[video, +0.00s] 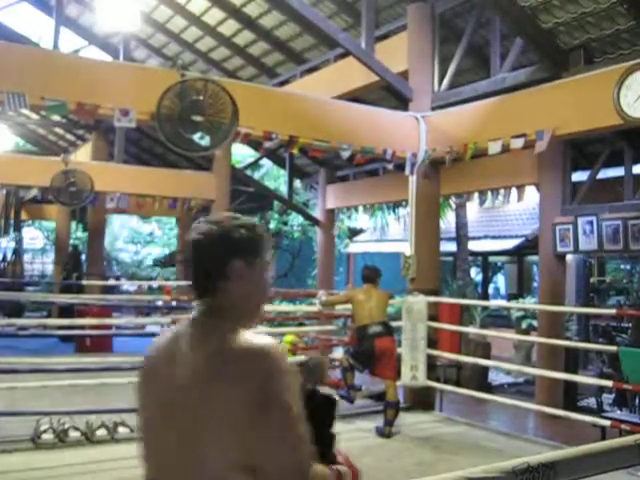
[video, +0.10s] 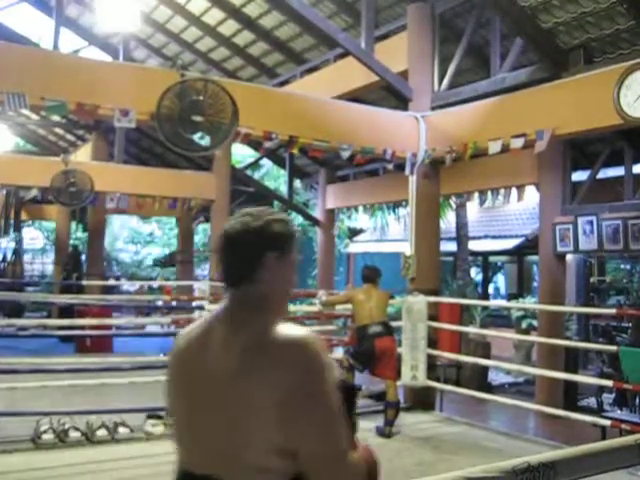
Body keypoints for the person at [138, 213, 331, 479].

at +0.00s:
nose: (269, 285)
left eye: (267, 271)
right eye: (264, 270)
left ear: (201, 275)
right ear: (238, 272)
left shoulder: (158, 355)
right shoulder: (262, 358)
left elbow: (158, 460)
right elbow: (290, 468)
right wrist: (335, 473)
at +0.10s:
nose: (295, 277)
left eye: (295, 264)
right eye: (293, 263)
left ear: (230, 267)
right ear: (271, 265)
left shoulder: (186, 343)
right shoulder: (297, 349)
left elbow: (191, 442)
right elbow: (329, 467)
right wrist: (364, 460)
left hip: (194, 472)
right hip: (275, 474)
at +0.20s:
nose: (316, 270)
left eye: (316, 260)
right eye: (315, 259)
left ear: (253, 260)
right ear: (304, 259)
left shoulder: (211, 338)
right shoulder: (330, 339)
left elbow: (211, 428)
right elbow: (369, 461)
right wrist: (383, 443)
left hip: (224, 469)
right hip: (310, 470)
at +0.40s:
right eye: (342, 259)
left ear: (283, 262)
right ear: (335, 261)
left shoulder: (243, 333)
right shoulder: (367, 335)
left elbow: (206, 405)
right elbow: (405, 441)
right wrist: (354, 436)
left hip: (255, 466)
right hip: (340, 467)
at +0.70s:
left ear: (282, 272)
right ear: (332, 271)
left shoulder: (251, 336)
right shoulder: (366, 335)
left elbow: (217, 389)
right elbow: (398, 423)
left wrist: (265, 377)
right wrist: (350, 402)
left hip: (268, 468)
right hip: (349, 469)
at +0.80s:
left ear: (276, 268)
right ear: (329, 268)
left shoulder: (249, 325)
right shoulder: (358, 329)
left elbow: (219, 379)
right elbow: (391, 412)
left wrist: (267, 371)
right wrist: (344, 396)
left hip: (262, 464)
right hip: (339, 467)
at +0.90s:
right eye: (332, 262)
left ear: (276, 268)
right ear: (327, 267)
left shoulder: (248, 322)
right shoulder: (354, 326)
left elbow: (217, 367)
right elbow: (388, 405)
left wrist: (262, 353)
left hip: (261, 459)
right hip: (335, 463)